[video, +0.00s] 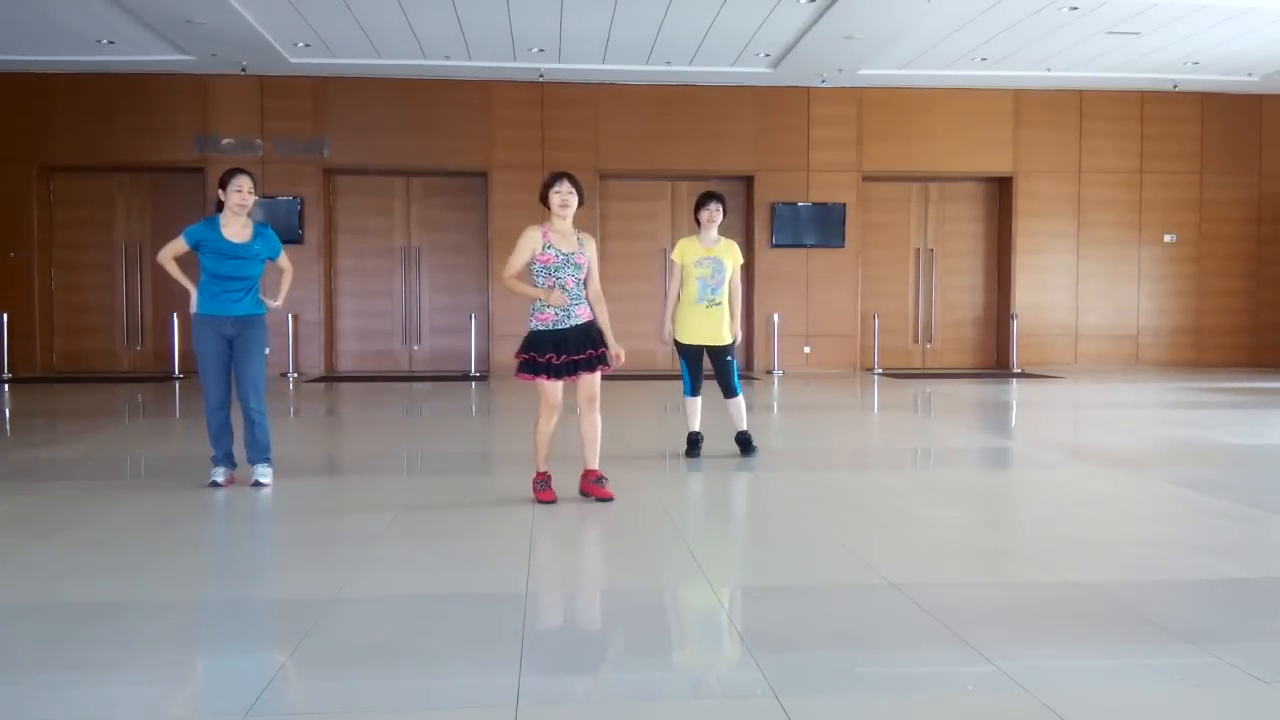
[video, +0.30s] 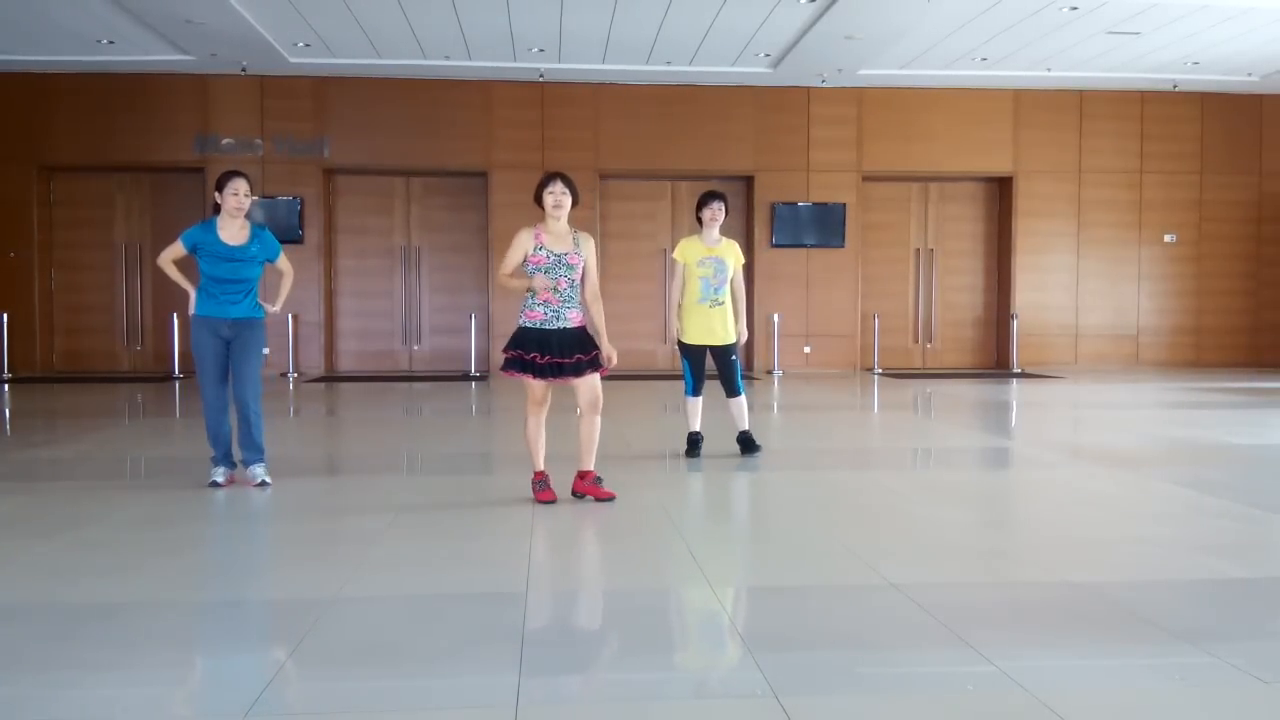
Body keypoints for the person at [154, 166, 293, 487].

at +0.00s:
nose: (244, 197)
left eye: (249, 192)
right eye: (237, 190)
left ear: (255, 198)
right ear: (222, 194)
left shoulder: (264, 235)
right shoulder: (203, 231)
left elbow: (287, 268)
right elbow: (163, 256)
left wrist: (279, 299)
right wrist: (191, 288)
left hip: (251, 322)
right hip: (210, 322)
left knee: (253, 397)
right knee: (216, 398)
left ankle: (261, 463)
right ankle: (222, 464)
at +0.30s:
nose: (241, 200)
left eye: (246, 195)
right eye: (234, 194)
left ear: (252, 200)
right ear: (219, 197)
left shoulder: (261, 237)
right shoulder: (201, 233)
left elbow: (288, 271)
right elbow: (163, 260)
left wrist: (277, 305)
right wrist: (190, 289)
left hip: (249, 324)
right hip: (208, 324)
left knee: (248, 396)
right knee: (213, 397)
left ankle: (255, 463)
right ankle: (221, 464)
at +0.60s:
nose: (245, 203)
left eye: (250, 197)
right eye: (239, 196)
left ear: (254, 202)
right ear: (222, 199)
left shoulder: (263, 237)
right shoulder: (204, 234)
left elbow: (294, 273)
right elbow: (169, 262)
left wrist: (281, 307)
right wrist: (196, 289)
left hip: (251, 324)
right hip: (210, 324)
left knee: (248, 394)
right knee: (215, 396)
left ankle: (266, 463)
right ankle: (222, 464)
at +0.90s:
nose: (256, 200)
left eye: (258, 195)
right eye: (249, 194)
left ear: (260, 198)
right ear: (230, 196)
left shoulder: (269, 235)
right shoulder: (208, 233)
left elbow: (300, 269)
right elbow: (175, 262)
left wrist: (290, 302)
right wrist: (202, 288)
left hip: (260, 322)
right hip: (219, 323)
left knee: (259, 395)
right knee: (221, 396)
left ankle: (267, 464)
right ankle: (224, 464)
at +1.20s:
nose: (264, 198)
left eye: (264, 193)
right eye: (257, 193)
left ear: (260, 196)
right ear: (237, 195)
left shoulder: (271, 234)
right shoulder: (212, 231)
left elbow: (295, 266)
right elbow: (174, 262)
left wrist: (293, 296)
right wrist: (207, 289)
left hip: (268, 321)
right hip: (226, 322)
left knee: (268, 396)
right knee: (226, 398)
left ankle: (268, 464)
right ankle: (224, 465)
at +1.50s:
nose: (264, 200)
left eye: (264, 194)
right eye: (258, 194)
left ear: (254, 198)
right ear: (239, 197)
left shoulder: (269, 234)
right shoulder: (214, 233)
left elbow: (285, 270)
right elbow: (174, 265)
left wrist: (290, 297)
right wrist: (208, 292)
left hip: (270, 322)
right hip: (231, 323)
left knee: (271, 396)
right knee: (230, 397)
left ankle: (269, 463)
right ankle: (222, 464)